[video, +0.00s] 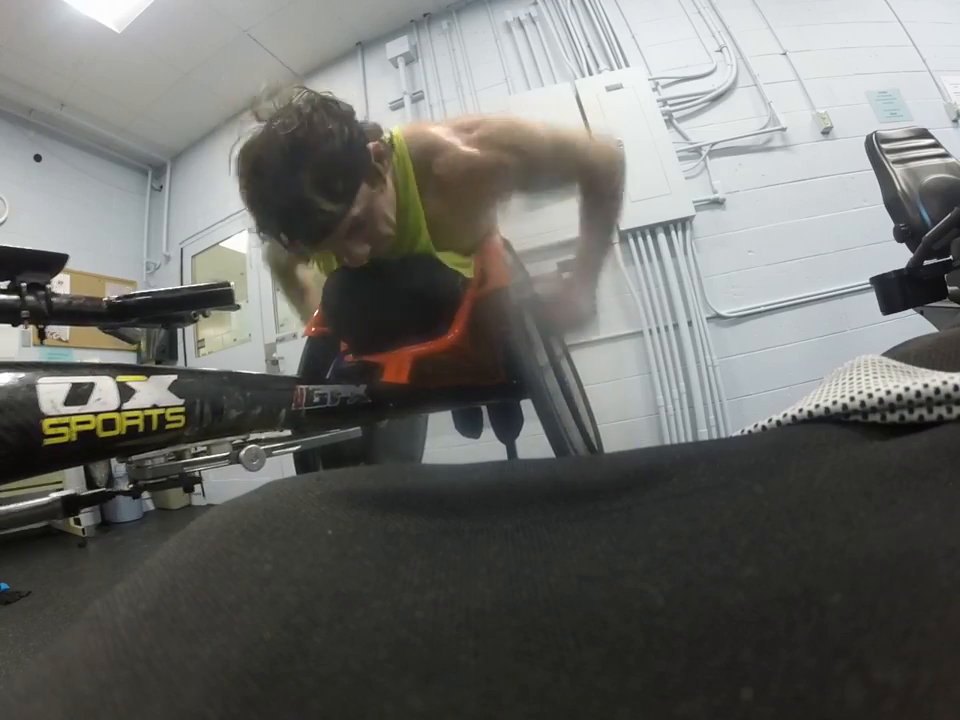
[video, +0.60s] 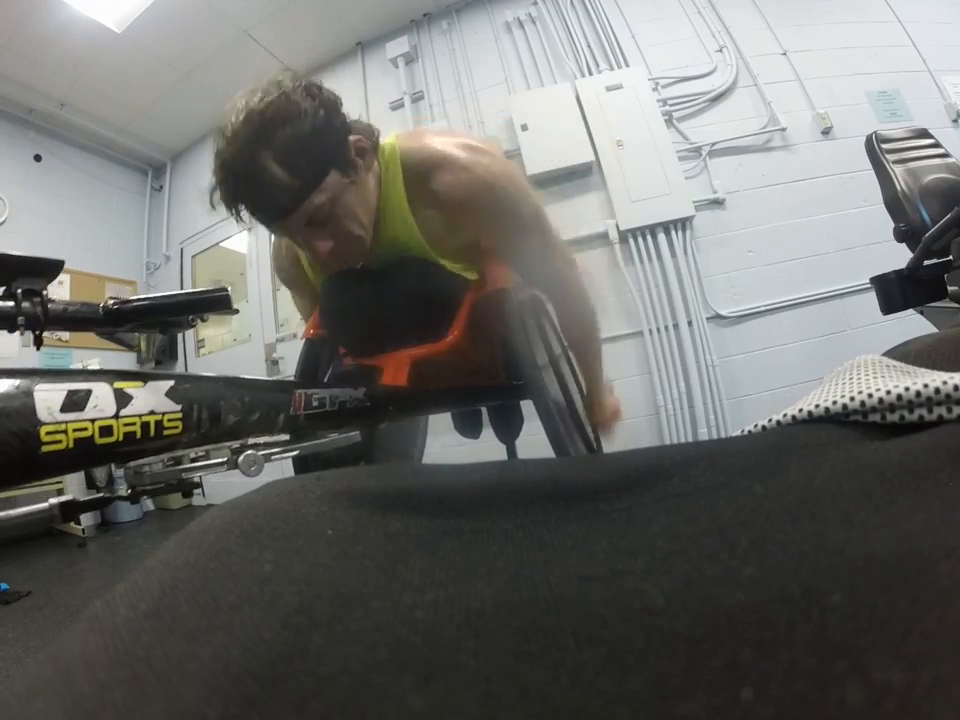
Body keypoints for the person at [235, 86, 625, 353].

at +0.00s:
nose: (353, 253)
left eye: (358, 224)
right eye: (328, 247)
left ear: (380, 160)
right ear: (288, 239)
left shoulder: (461, 165)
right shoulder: (291, 224)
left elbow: (604, 160)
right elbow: (281, 261)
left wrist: (581, 285)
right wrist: (319, 319)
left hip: (454, 273)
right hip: (361, 296)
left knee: (355, 298)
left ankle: (484, 384)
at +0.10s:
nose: (324, 233)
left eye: (329, 199)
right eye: (296, 219)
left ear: (363, 138)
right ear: (275, 212)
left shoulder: (465, 181)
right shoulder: (294, 254)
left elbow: (568, 280)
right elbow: (334, 346)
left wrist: (593, 401)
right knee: (344, 304)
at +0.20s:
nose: (321, 183)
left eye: (326, 152)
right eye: (295, 172)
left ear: (362, 110)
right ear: (276, 168)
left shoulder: (462, 164)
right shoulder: (297, 228)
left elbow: (570, 240)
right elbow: (328, 320)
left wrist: (601, 322)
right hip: (395, 365)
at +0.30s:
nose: (327, 179)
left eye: (333, 149)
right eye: (303, 169)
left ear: (369, 107)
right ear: (287, 165)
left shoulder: (460, 156)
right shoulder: (303, 218)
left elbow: (575, 178)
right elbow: (338, 290)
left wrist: (606, 241)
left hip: (471, 309)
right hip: (375, 325)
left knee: (354, 292)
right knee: (320, 441)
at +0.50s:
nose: (338, 251)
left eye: (343, 225)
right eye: (316, 241)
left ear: (373, 157)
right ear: (291, 225)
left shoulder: (462, 160)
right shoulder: (297, 225)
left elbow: (601, 190)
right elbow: (286, 276)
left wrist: (579, 325)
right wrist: (321, 329)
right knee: (347, 300)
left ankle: (488, 387)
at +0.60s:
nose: (315, 248)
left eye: (322, 216)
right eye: (290, 235)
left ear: (363, 156)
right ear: (272, 227)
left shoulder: (462, 178)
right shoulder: (292, 259)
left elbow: (559, 277)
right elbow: (336, 349)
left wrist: (593, 390)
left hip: (495, 323)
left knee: (407, 284)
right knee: (345, 302)